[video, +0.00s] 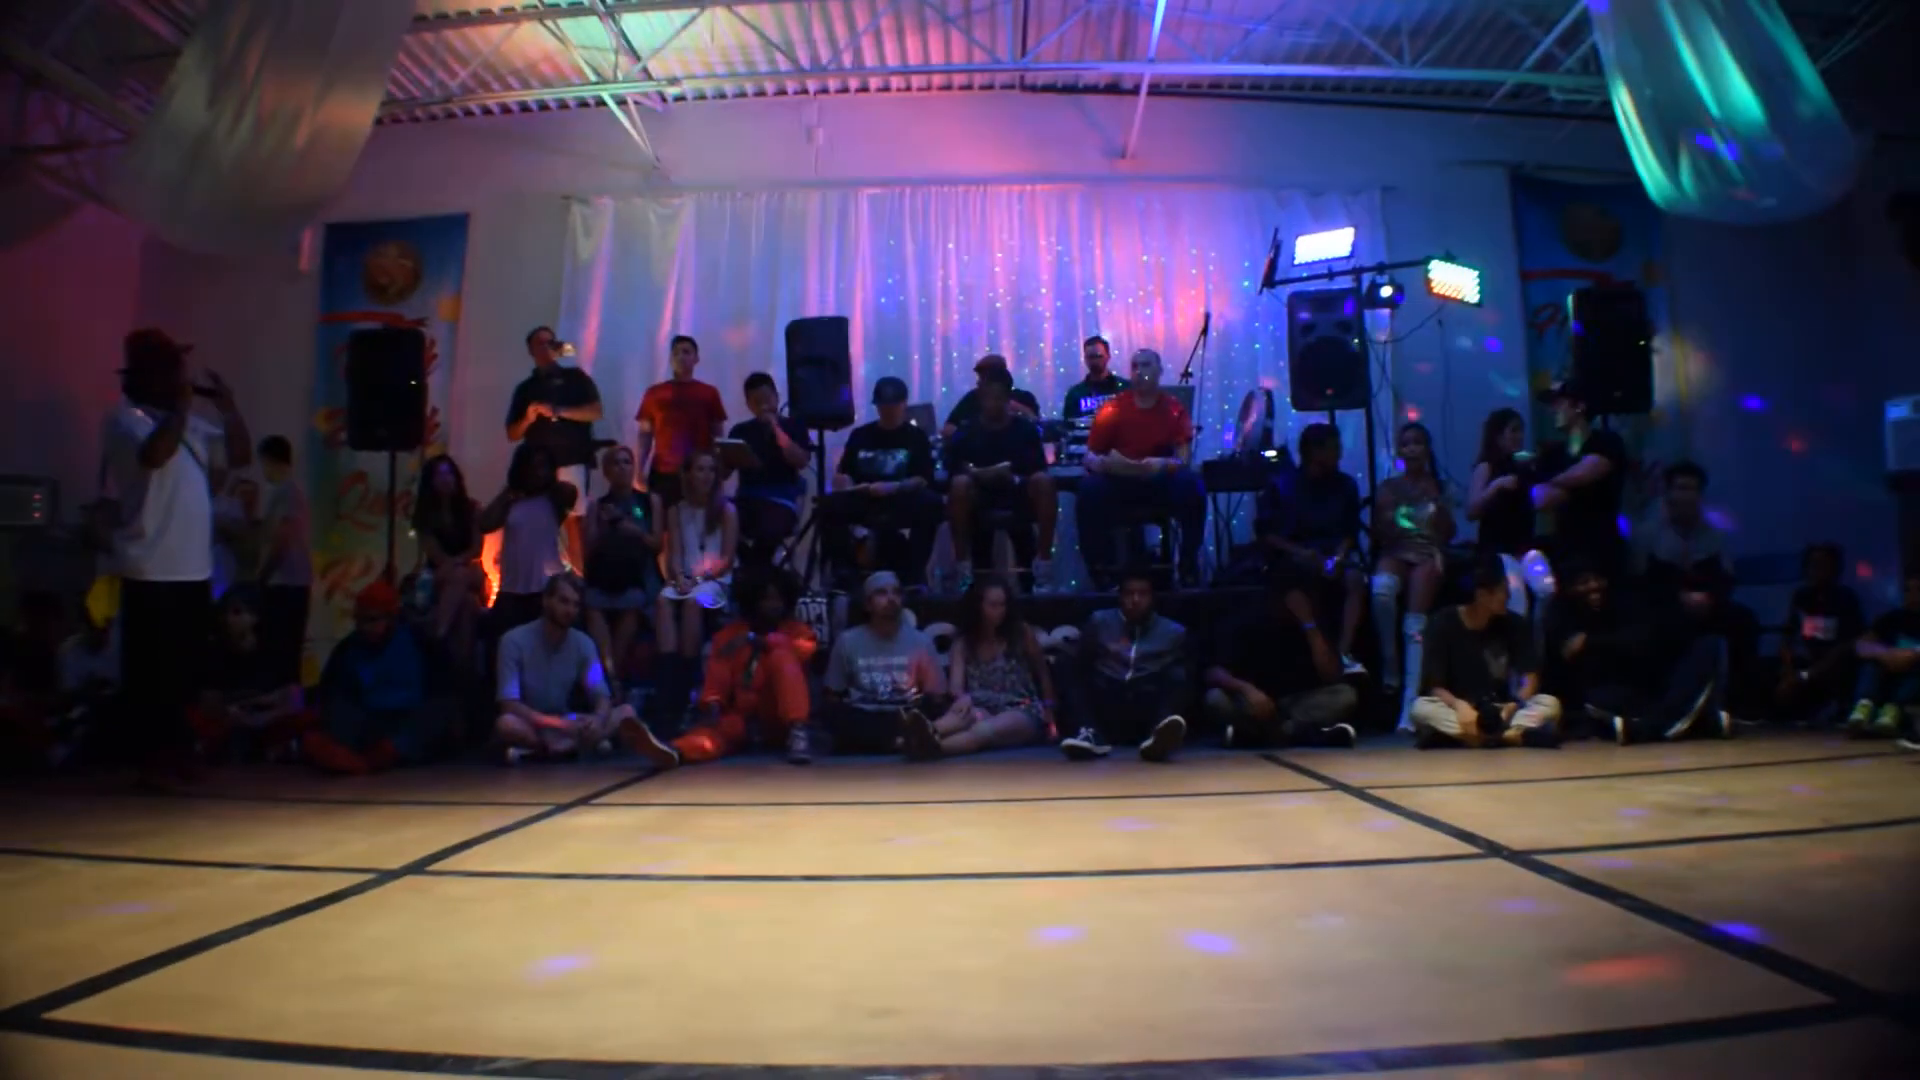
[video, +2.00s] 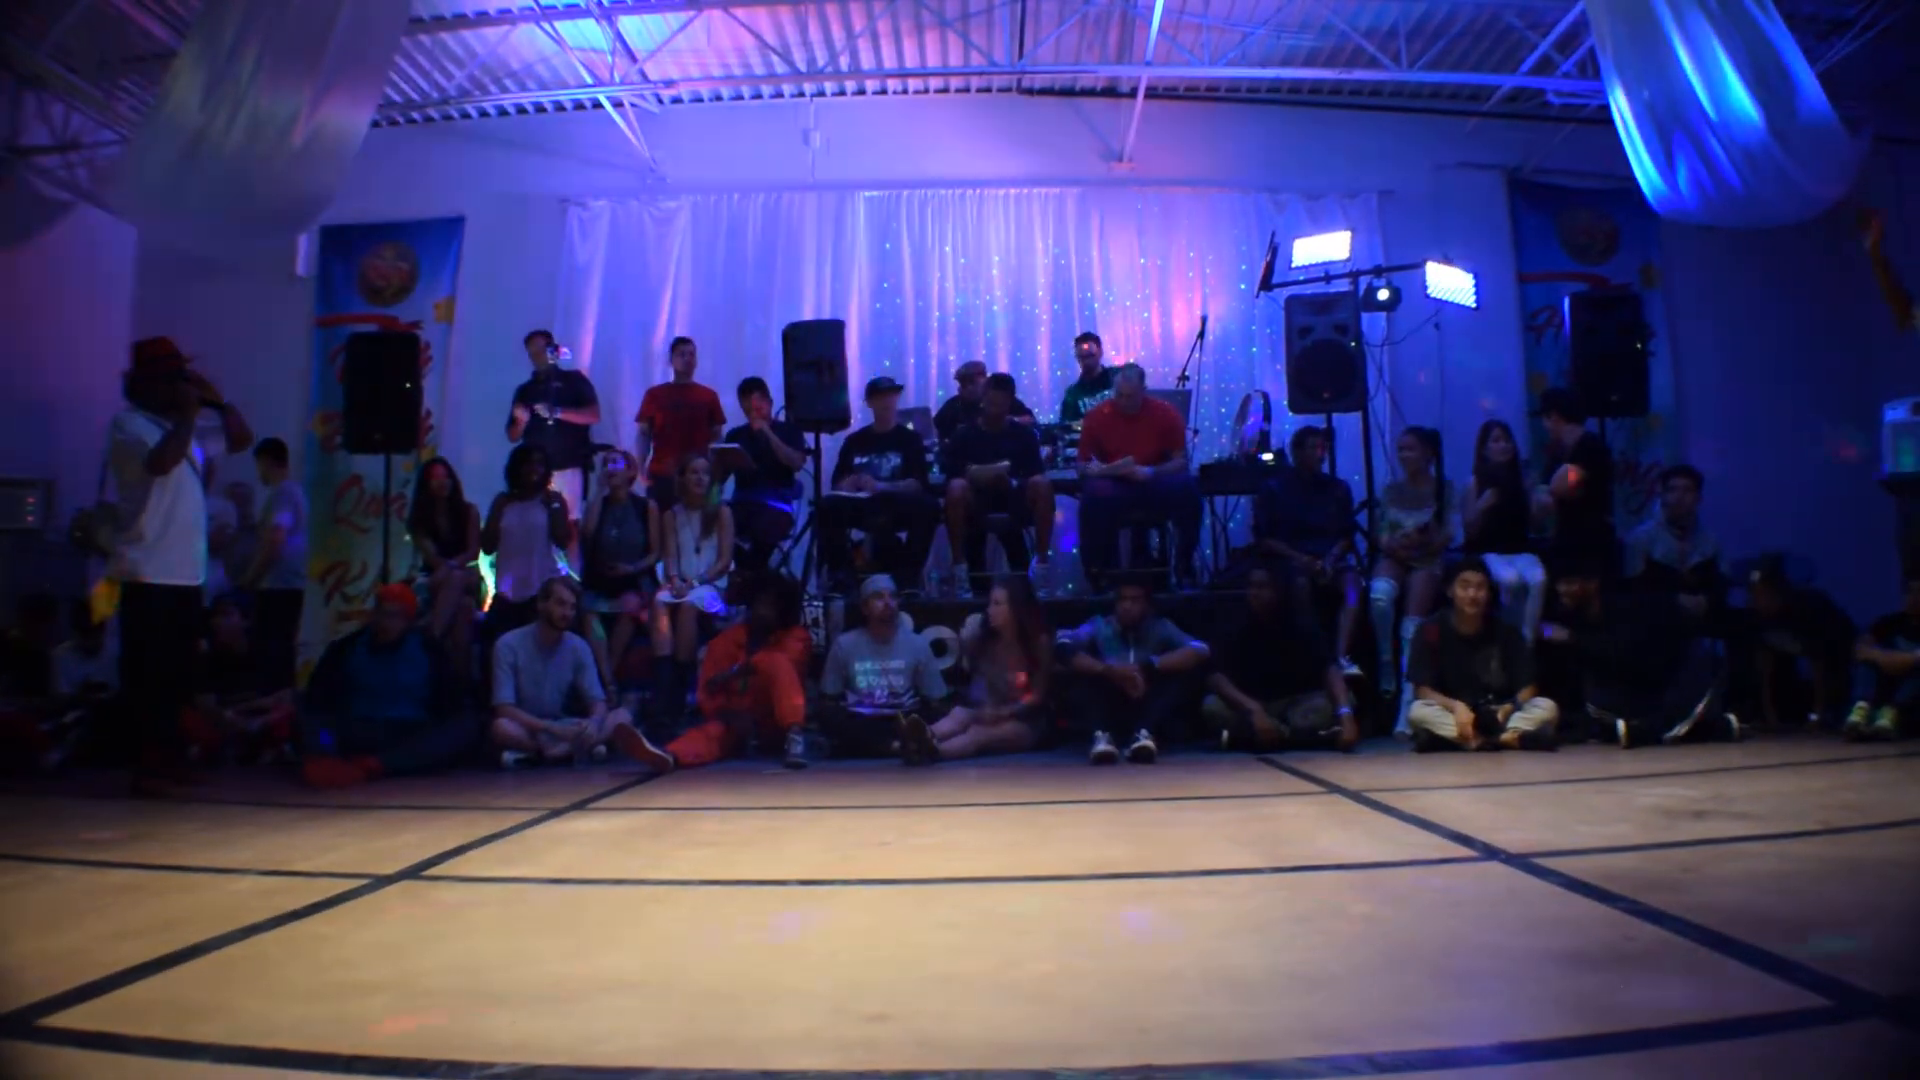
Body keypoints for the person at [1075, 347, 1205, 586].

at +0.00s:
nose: (1139, 372)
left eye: (1146, 366)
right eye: (1135, 366)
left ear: (1159, 371)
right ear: (1130, 373)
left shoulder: (1174, 410)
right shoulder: (1112, 409)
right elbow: (1090, 457)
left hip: (1158, 482)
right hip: (1119, 481)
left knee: (1193, 488)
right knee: (1090, 492)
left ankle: (1189, 568)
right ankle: (1100, 574)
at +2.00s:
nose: (1124, 402)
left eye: (1130, 396)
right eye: (1120, 395)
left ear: (1143, 391)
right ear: (1113, 391)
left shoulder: (1165, 414)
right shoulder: (1096, 417)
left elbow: (1180, 461)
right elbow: (1084, 466)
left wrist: (1150, 472)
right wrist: (1113, 469)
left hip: (1155, 483)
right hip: (1115, 485)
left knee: (1187, 491)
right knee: (1095, 492)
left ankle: (1184, 569)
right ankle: (1099, 574)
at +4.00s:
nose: (1122, 405)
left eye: (1128, 399)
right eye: (1118, 399)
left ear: (1141, 392)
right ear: (1111, 394)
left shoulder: (1166, 415)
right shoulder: (1096, 418)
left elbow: (1180, 461)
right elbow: (1086, 464)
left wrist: (1151, 473)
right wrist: (1108, 471)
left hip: (1155, 484)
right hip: (1115, 484)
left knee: (1190, 490)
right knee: (1094, 495)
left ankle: (1185, 566)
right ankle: (1097, 574)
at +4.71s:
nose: (1123, 406)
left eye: (1128, 400)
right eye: (1118, 400)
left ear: (1140, 392)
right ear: (1111, 395)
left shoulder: (1165, 415)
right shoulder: (1096, 417)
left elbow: (1180, 462)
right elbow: (1086, 463)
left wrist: (1150, 474)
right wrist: (1105, 472)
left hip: (1155, 484)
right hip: (1116, 485)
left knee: (1189, 490)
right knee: (1095, 495)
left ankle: (1185, 568)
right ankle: (1098, 576)